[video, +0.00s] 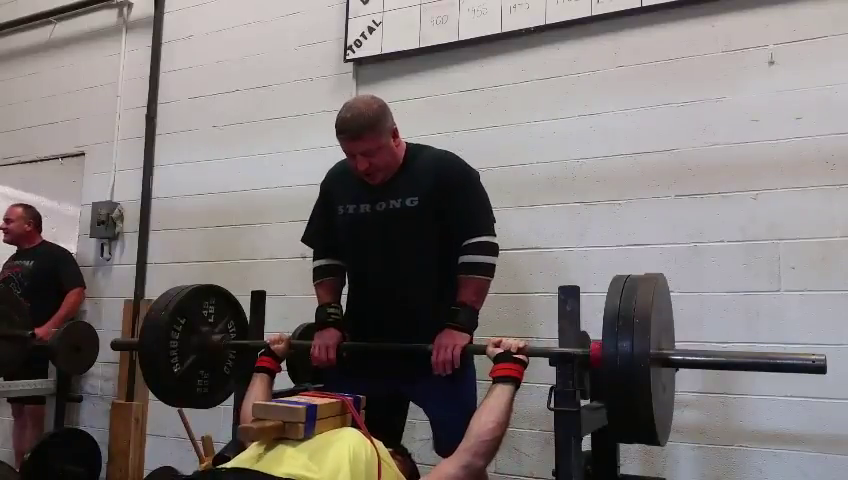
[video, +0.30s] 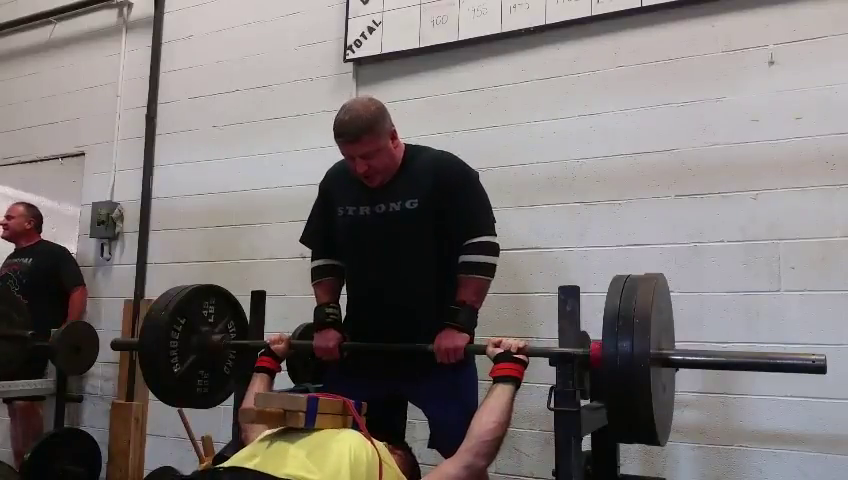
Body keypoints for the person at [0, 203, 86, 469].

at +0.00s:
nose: (3, 226)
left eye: (9, 221)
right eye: (4, 221)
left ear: (29, 226)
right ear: (24, 227)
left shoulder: (57, 254)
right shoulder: (12, 260)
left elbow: (77, 292)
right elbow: (9, 299)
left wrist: (51, 327)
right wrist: (8, 328)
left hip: (38, 344)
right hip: (13, 343)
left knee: (34, 411)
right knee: (17, 410)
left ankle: (33, 472)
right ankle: (19, 470)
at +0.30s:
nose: (3, 222)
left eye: (10, 218)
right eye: (5, 217)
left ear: (30, 223)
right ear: (24, 224)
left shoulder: (56, 254)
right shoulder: (11, 258)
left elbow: (79, 291)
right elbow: (9, 299)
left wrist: (70, 333)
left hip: (39, 341)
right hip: (11, 340)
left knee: (27, 404)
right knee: (14, 405)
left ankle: (36, 467)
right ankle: (19, 467)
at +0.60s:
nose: (7, 218)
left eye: (14, 215)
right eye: (9, 214)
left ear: (34, 222)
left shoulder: (54, 256)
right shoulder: (10, 256)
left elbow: (79, 296)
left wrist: (67, 337)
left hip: (31, 344)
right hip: (7, 341)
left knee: (18, 410)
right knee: (13, 410)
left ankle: (18, 471)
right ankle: (18, 470)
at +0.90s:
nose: (0, 222)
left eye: (5, 217)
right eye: (1, 217)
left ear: (23, 219)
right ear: (22, 220)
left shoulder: (50, 255)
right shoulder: (5, 253)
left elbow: (77, 294)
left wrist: (39, 316)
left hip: (27, 343)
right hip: (3, 341)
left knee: (20, 414)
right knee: (1, 411)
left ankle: (14, 472)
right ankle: (11, 462)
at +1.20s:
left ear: (5, 216)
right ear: (8, 216)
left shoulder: (29, 249)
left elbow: (61, 286)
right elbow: (60, 286)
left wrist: (20, 309)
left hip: (20, 343)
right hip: (7, 342)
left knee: (16, 413)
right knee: (15, 413)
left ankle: (14, 473)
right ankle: (13, 472)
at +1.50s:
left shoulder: (11, 247)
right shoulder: (12, 247)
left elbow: (43, 280)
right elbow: (42, 280)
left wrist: (13, 297)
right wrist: (15, 297)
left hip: (10, 341)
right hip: (9, 342)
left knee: (4, 411)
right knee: (4, 411)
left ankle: (9, 471)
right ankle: (9, 471)